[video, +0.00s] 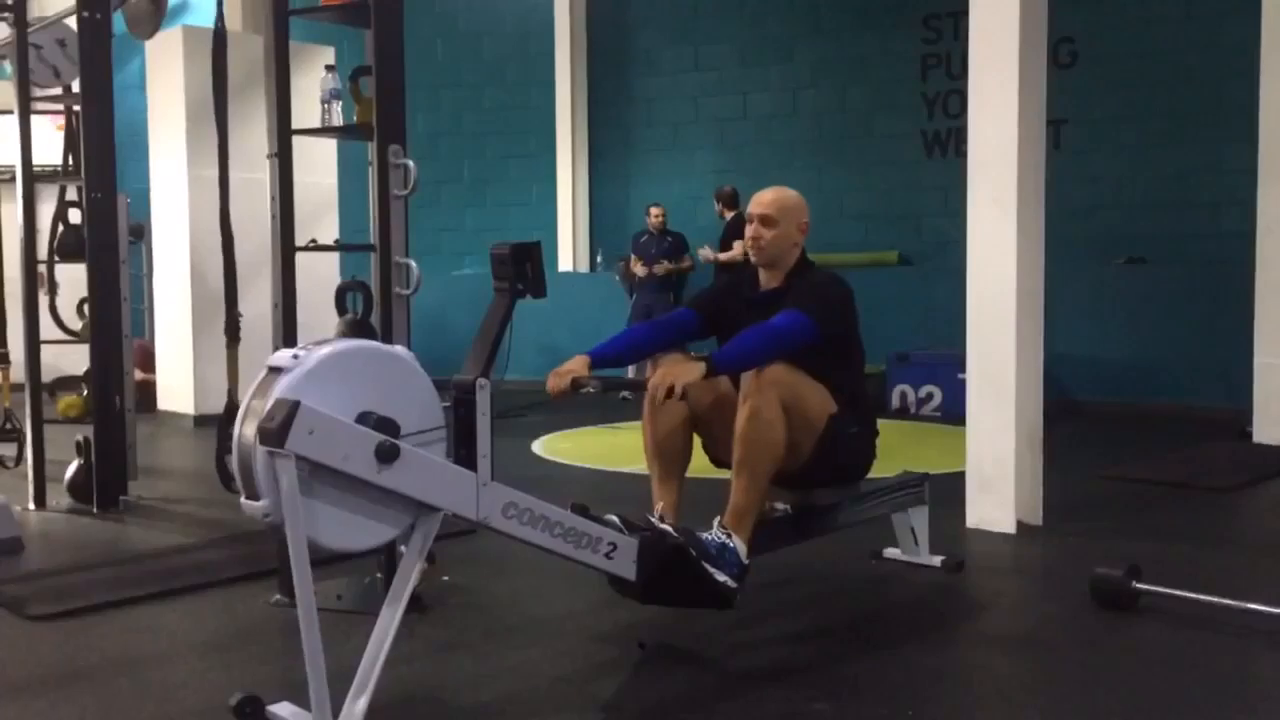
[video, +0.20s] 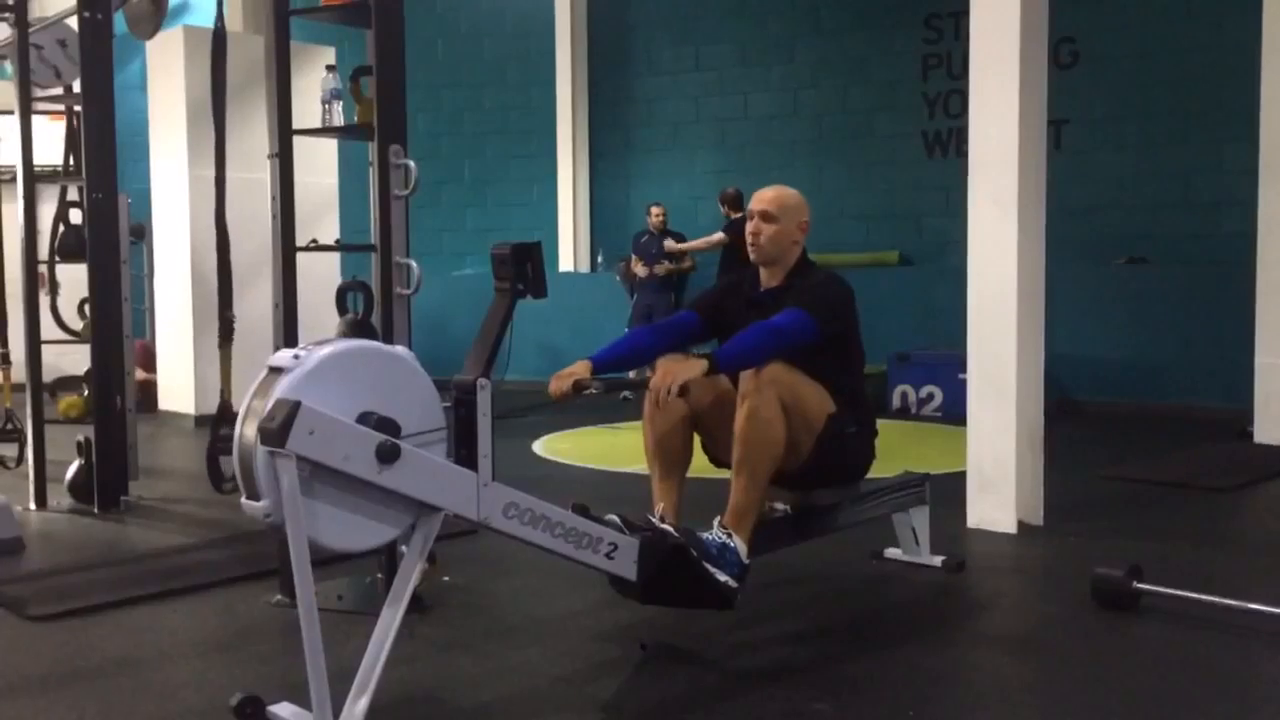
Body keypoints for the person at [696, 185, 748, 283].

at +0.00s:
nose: (715, 208)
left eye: (715, 204)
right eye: (714, 204)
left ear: (721, 205)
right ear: (735, 202)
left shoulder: (735, 223)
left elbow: (739, 253)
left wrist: (714, 257)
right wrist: (714, 255)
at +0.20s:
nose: (721, 210)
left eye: (721, 206)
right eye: (720, 206)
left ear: (726, 207)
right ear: (741, 203)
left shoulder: (735, 224)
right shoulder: (749, 221)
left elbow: (711, 242)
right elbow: (713, 241)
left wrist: (678, 247)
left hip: (731, 286)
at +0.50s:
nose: (722, 210)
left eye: (722, 207)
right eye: (721, 207)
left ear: (727, 208)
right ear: (743, 205)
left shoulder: (737, 226)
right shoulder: (750, 223)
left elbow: (709, 245)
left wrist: (680, 247)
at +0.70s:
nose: (719, 210)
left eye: (719, 206)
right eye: (719, 206)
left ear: (724, 207)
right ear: (739, 204)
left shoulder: (740, 224)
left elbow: (740, 257)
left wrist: (715, 256)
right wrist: (714, 256)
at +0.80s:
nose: (718, 209)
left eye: (718, 205)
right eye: (717, 205)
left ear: (722, 206)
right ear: (737, 203)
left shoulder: (741, 222)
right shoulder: (733, 223)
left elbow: (750, 253)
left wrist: (726, 258)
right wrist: (722, 256)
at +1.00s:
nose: (724, 199)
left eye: (724, 195)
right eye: (723, 195)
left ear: (728, 196)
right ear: (742, 192)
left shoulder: (747, 212)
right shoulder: (741, 212)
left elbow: (756, 243)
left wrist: (729, 246)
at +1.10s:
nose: (729, 190)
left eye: (729, 186)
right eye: (728, 186)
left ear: (733, 187)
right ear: (747, 183)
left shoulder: (752, 203)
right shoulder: (746, 204)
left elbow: (761, 234)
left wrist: (735, 238)